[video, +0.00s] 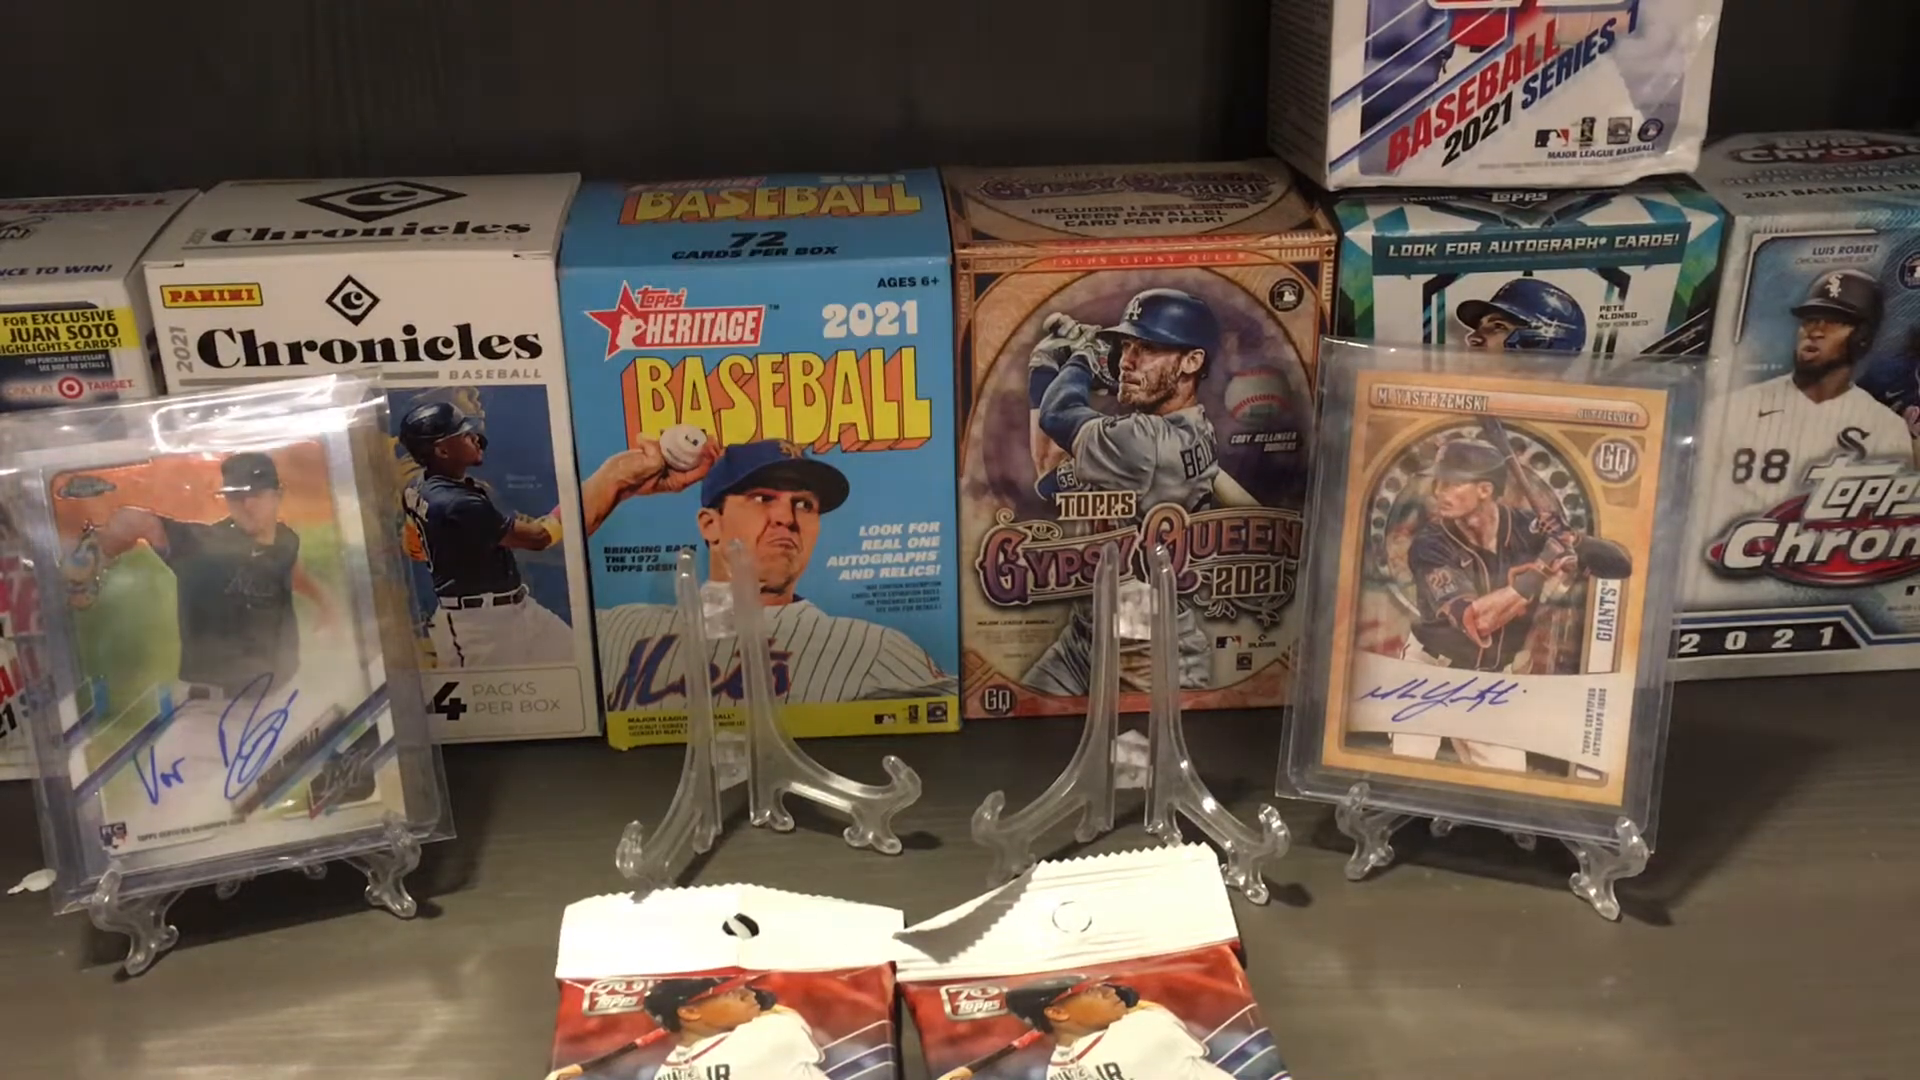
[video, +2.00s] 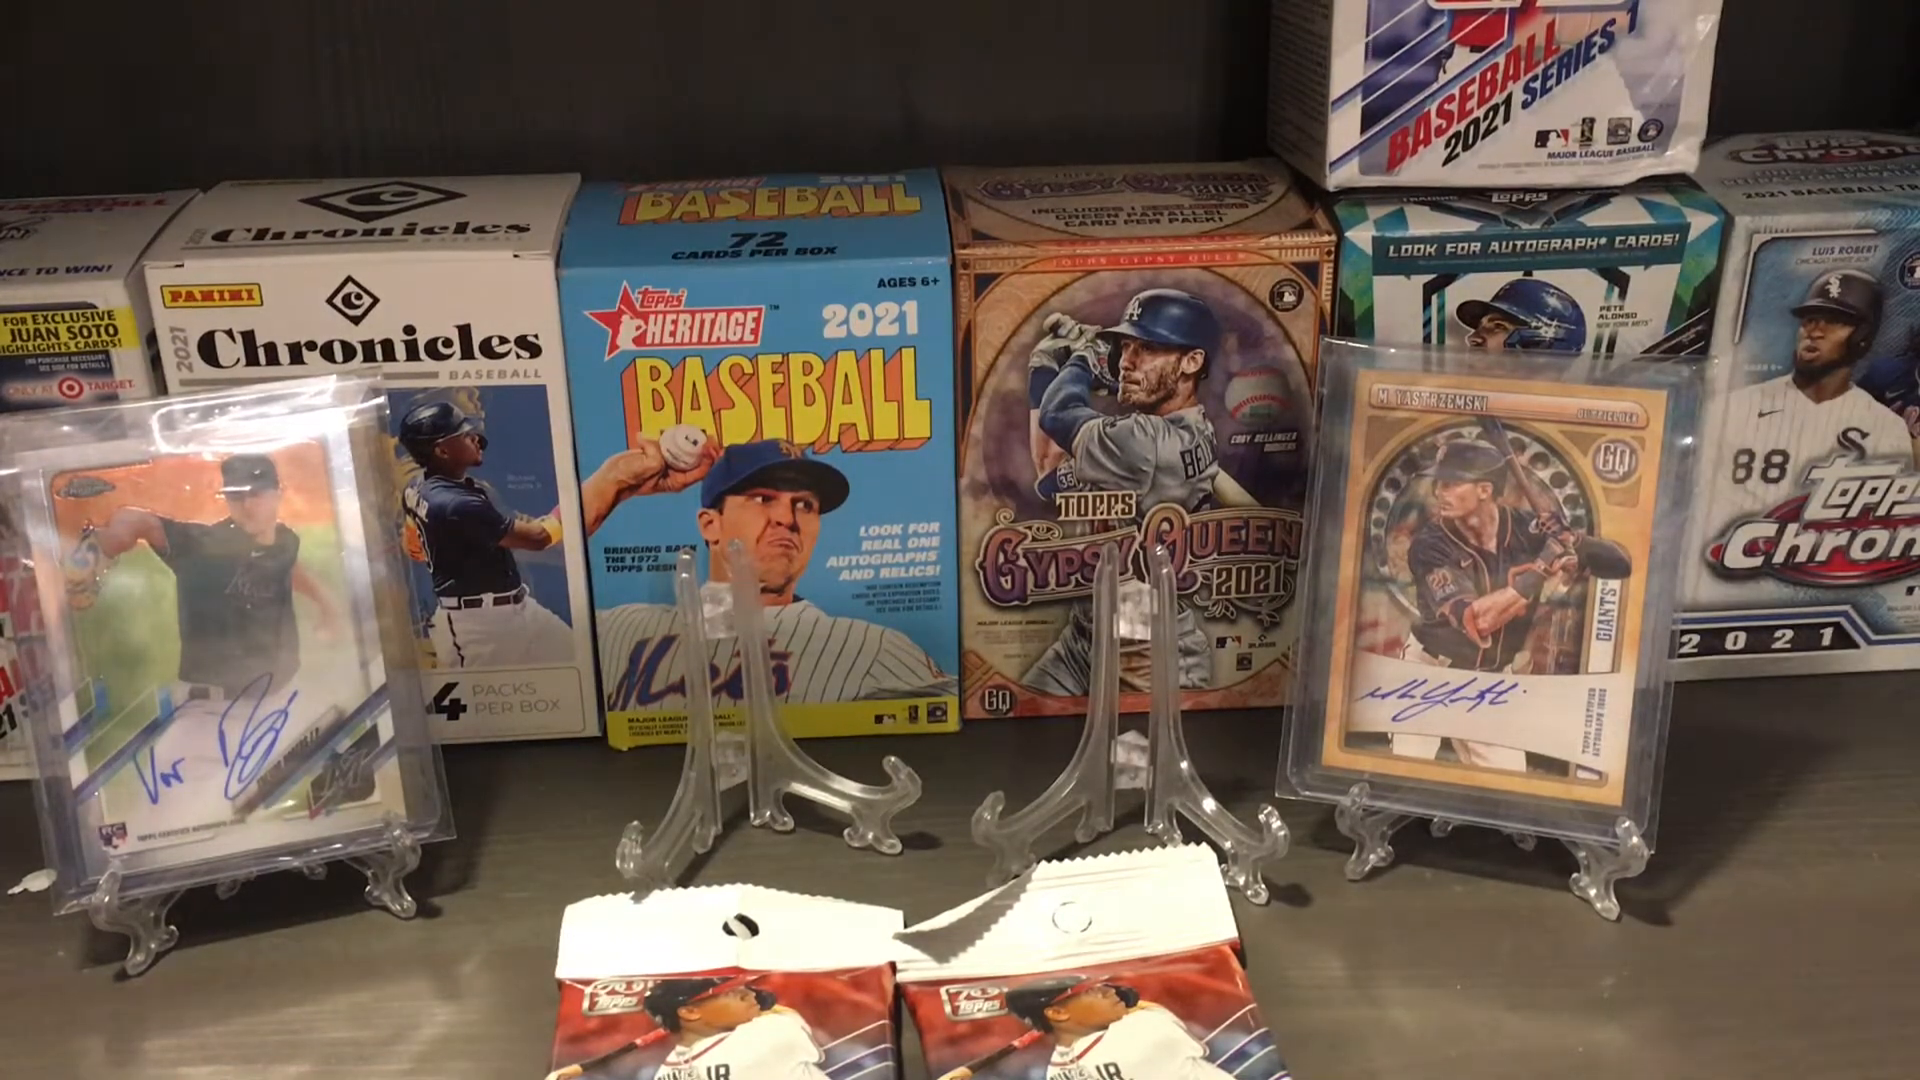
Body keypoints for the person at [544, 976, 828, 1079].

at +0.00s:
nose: (742, 993)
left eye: (732, 986)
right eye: (724, 993)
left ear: (690, 1015)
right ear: (691, 1014)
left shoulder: (666, 1072)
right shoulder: (777, 1034)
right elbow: (780, 1008)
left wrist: (577, 1072)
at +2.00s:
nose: (744, 993)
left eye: (734, 986)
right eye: (726, 993)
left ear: (690, 1015)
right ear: (691, 1014)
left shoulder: (666, 1072)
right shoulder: (778, 1034)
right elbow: (780, 1008)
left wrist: (579, 1071)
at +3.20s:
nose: (745, 993)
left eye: (736, 987)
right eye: (727, 993)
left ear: (689, 1015)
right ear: (691, 1015)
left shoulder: (666, 1072)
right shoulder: (779, 1034)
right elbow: (777, 1007)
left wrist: (580, 1072)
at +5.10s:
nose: (745, 993)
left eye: (737, 986)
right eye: (728, 993)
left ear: (690, 1015)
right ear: (692, 1014)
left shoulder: (666, 1071)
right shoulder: (779, 1033)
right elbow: (778, 1007)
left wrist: (579, 1071)